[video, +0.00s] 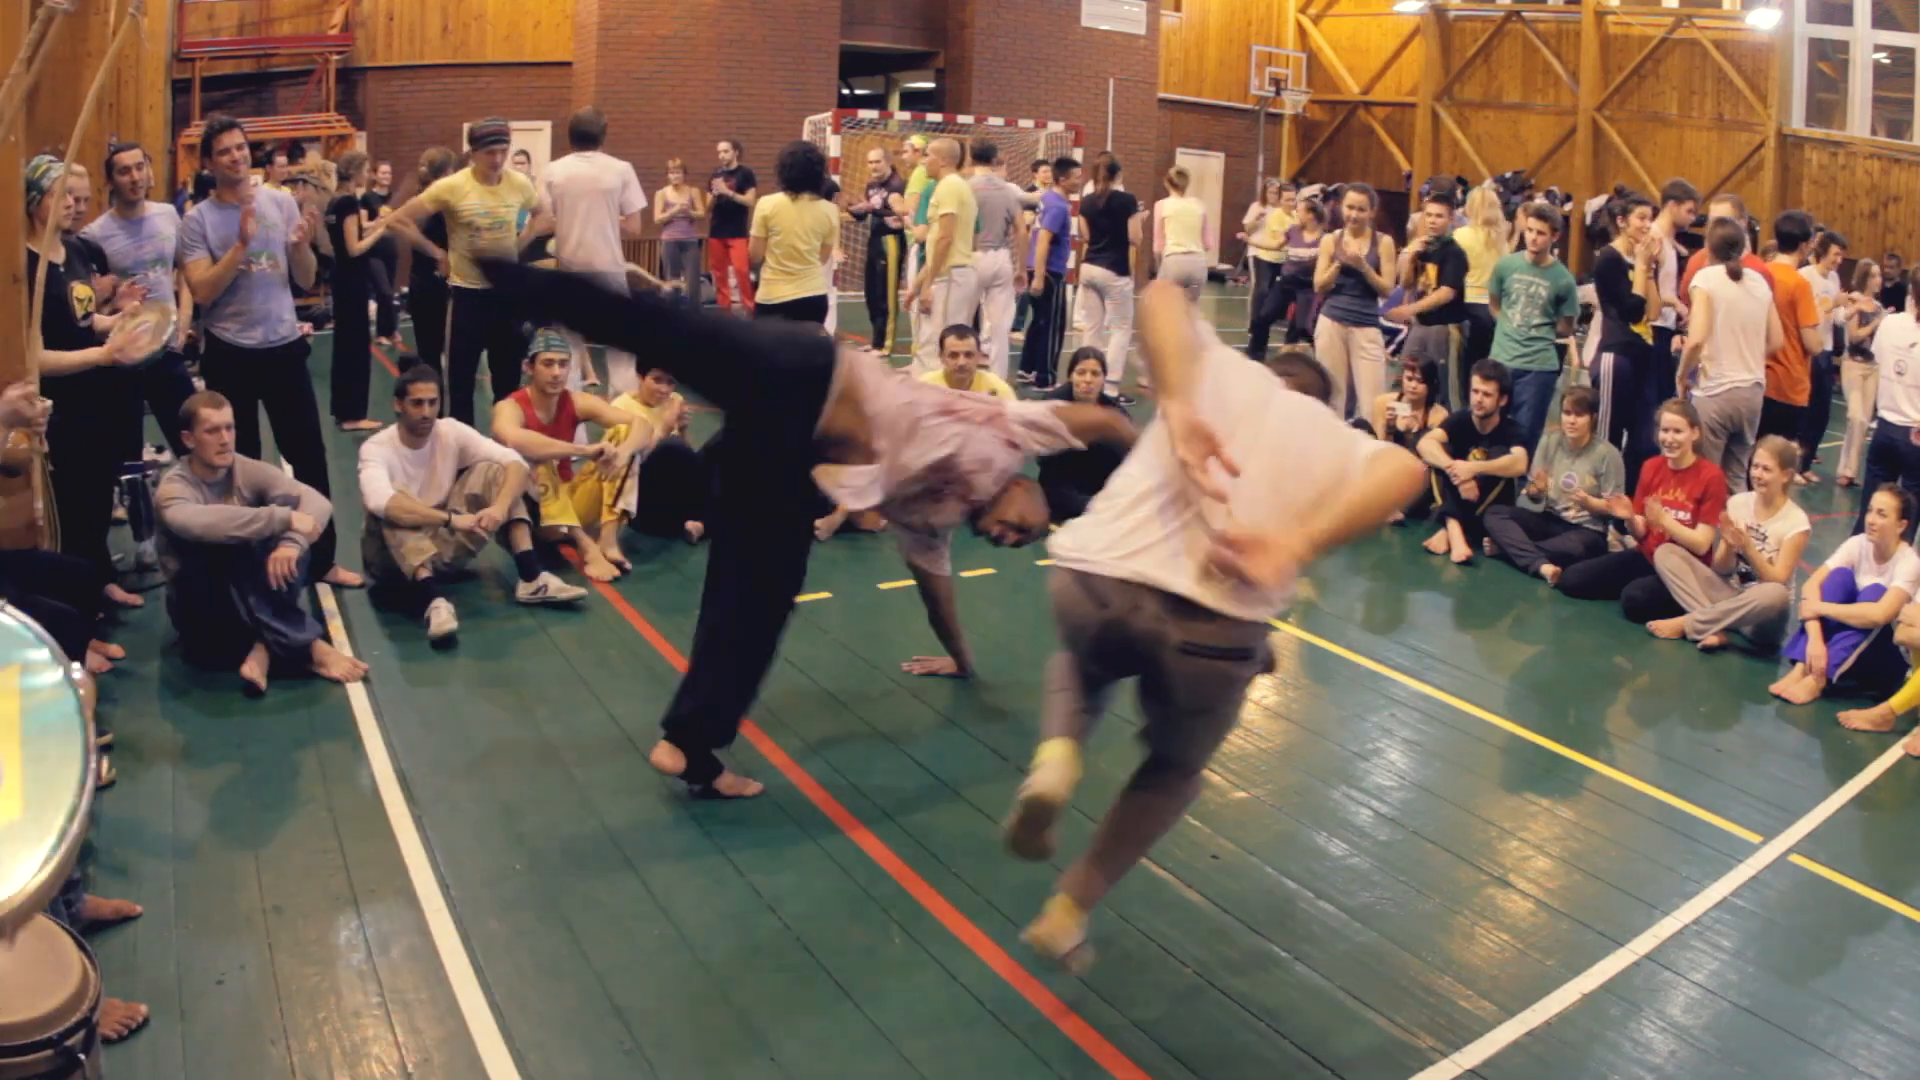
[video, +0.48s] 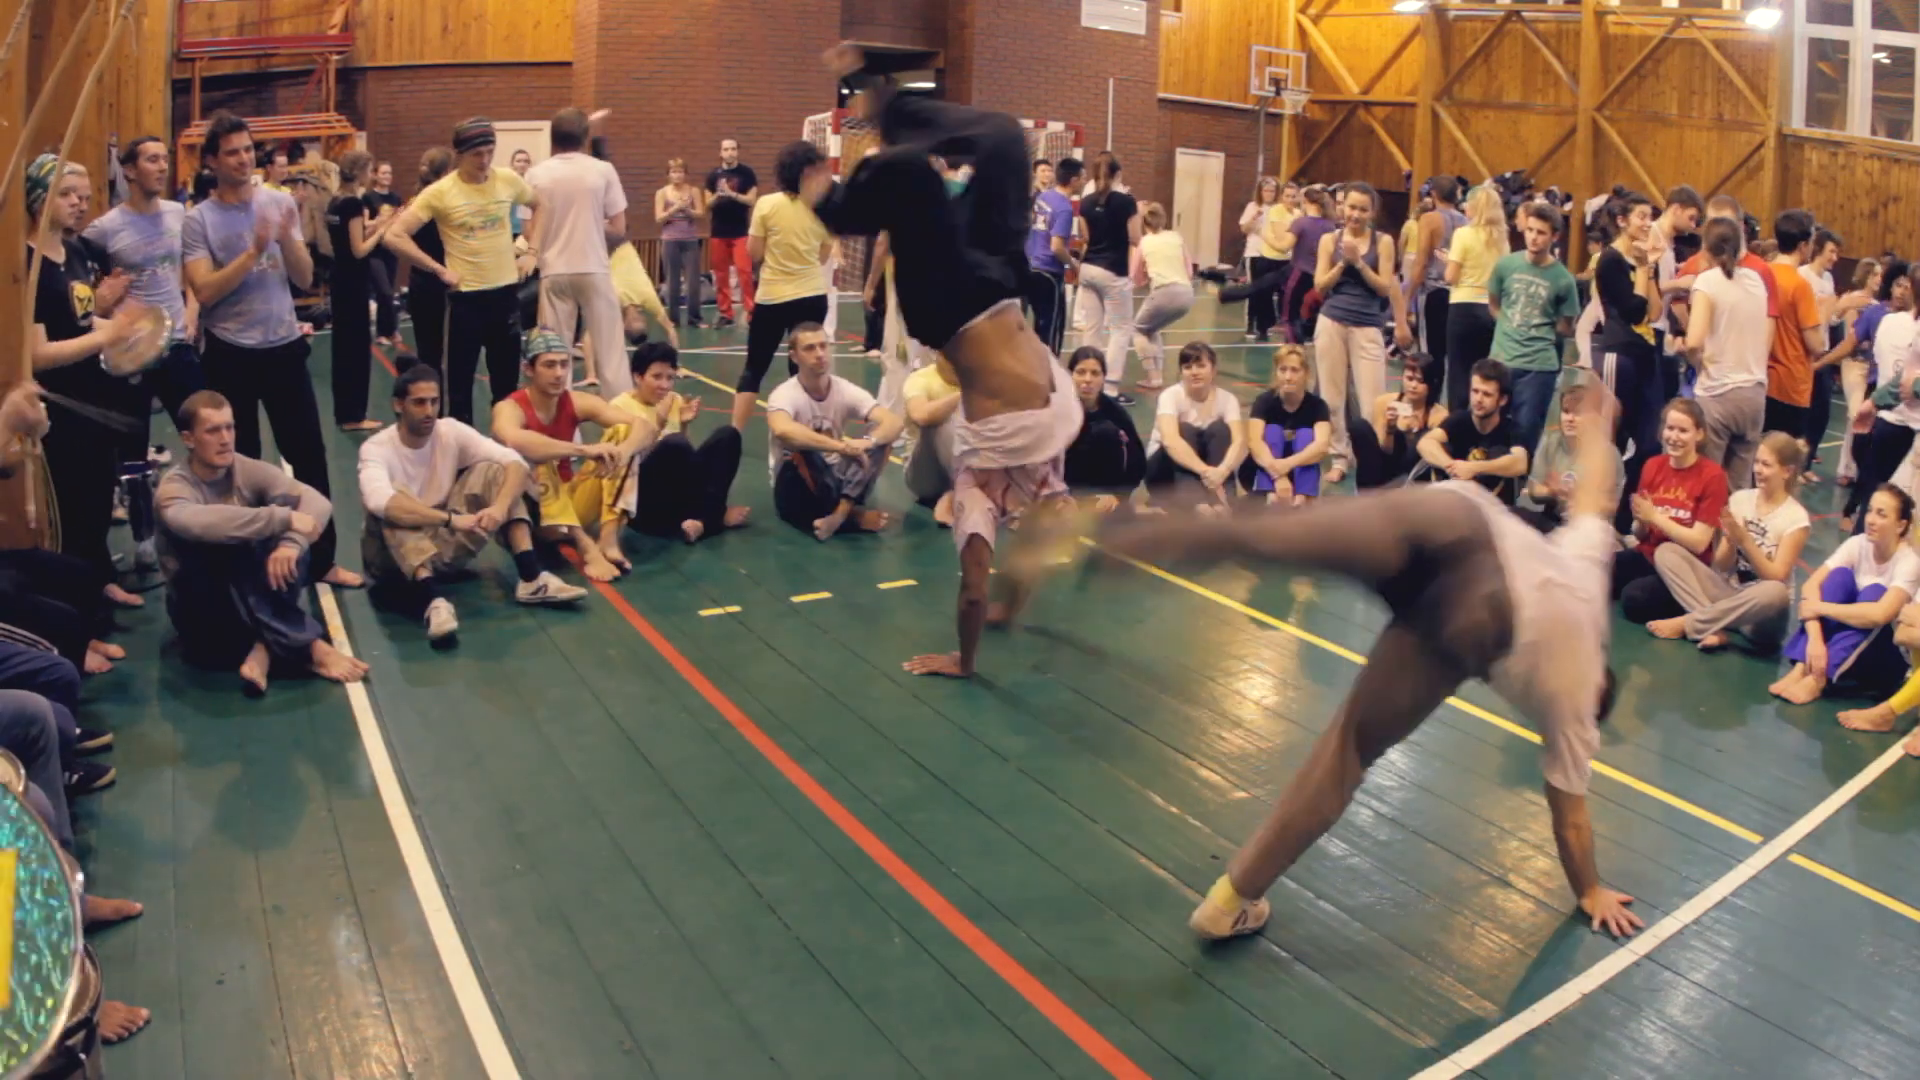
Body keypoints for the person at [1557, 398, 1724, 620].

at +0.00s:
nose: (1669, 438)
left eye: (1678, 431)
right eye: (1664, 431)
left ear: (1695, 433)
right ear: (1657, 432)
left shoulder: (1711, 476)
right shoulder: (1651, 467)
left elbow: (1701, 545)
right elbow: (1640, 533)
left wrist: (1662, 520)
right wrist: (1629, 517)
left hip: (1683, 567)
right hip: (1647, 556)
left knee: (1634, 601)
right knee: (1570, 581)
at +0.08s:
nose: (1669, 438)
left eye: (1678, 431)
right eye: (1664, 430)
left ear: (1695, 434)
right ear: (1657, 432)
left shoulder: (1711, 475)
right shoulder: (1651, 466)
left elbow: (1701, 544)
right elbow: (1641, 533)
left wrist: (1661, 518)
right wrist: (1631, 515)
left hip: (1685, 567)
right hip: (1648, 556)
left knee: (1634, 601)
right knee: (1570, 581)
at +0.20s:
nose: (1669, 438)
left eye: (1678, 431)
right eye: (1665, 430)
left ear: (1695, 433)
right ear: (1657, 432)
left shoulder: (1711, 476)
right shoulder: (1651, 466)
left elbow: (1699, 544)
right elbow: (1640, 535)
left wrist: (1653, 519)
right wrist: (1640, 520)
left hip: (1683, 566)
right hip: (1647, 555)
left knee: (1634, 601)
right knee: (1570, 582)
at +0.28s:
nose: (1670, 438)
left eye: (1679, 431)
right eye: (1666, 430)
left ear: (1697, 434)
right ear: (1658, 431)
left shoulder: (1712, 476)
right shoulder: (1651, 466)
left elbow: (1701, 544)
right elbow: (1640, 535)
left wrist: (1658, 519)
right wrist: (1634, 519)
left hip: (1683, 566)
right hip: (1647, 556)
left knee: (1635, 601)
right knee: (1570, 581)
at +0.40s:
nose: (1673, 437)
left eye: (1681, 431)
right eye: (1668, 429)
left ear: (1698, 435)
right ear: (1660, 431)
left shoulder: (1713, 476)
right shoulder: (1652, 466)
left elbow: (1700, 543)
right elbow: (1640, 534)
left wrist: (1659, 518)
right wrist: (1634, 516)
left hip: (1683, 566)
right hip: (1646, 556)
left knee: (1635, 601)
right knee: (1570, 581)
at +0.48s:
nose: (1674, 437)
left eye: (1683, 431)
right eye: (1670, 428)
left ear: (1700, 434)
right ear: (1662, 430)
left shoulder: (1713, 475)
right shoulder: (1652, 465)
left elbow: (1698, 542)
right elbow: (1639, 533)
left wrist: (1653, 517)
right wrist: (1643, 516)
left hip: (1685, 564)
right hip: (1647, 555)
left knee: (1634, 599)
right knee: (1598, 575)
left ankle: (1693, 603)